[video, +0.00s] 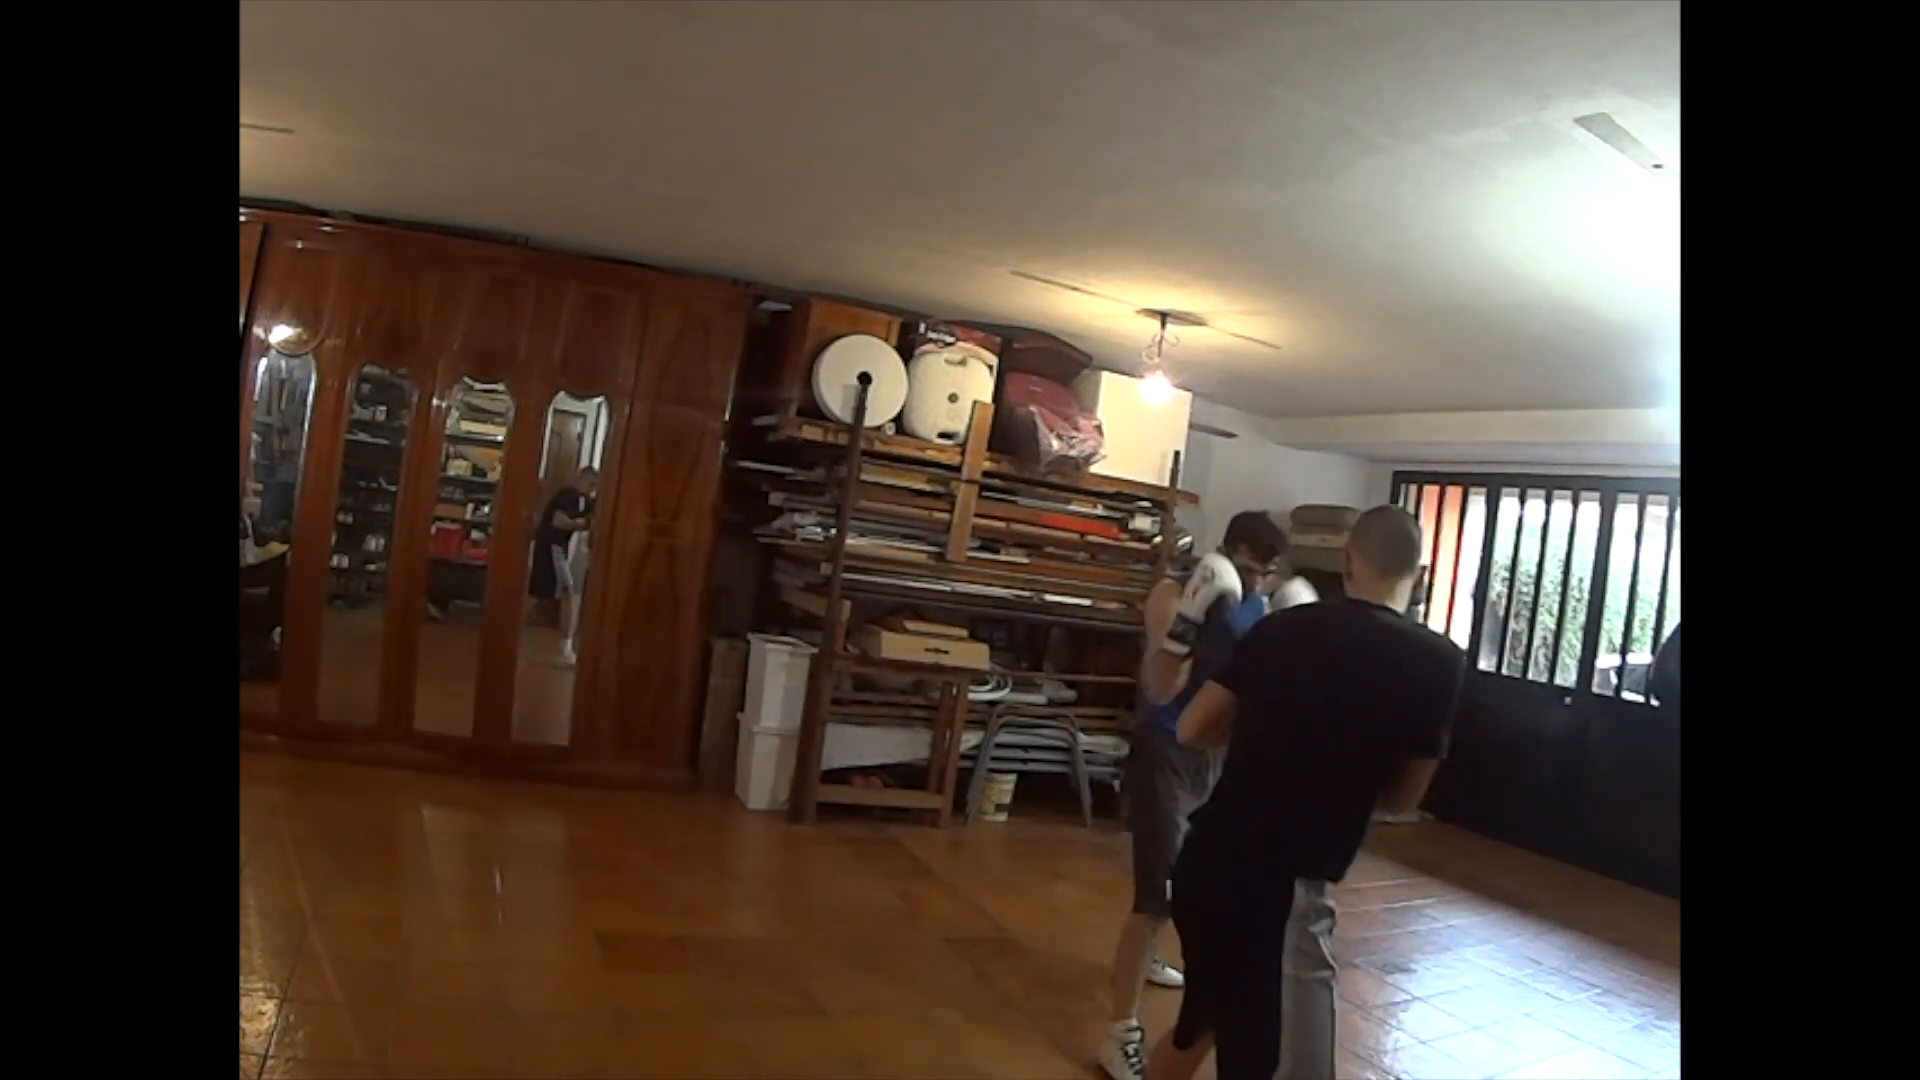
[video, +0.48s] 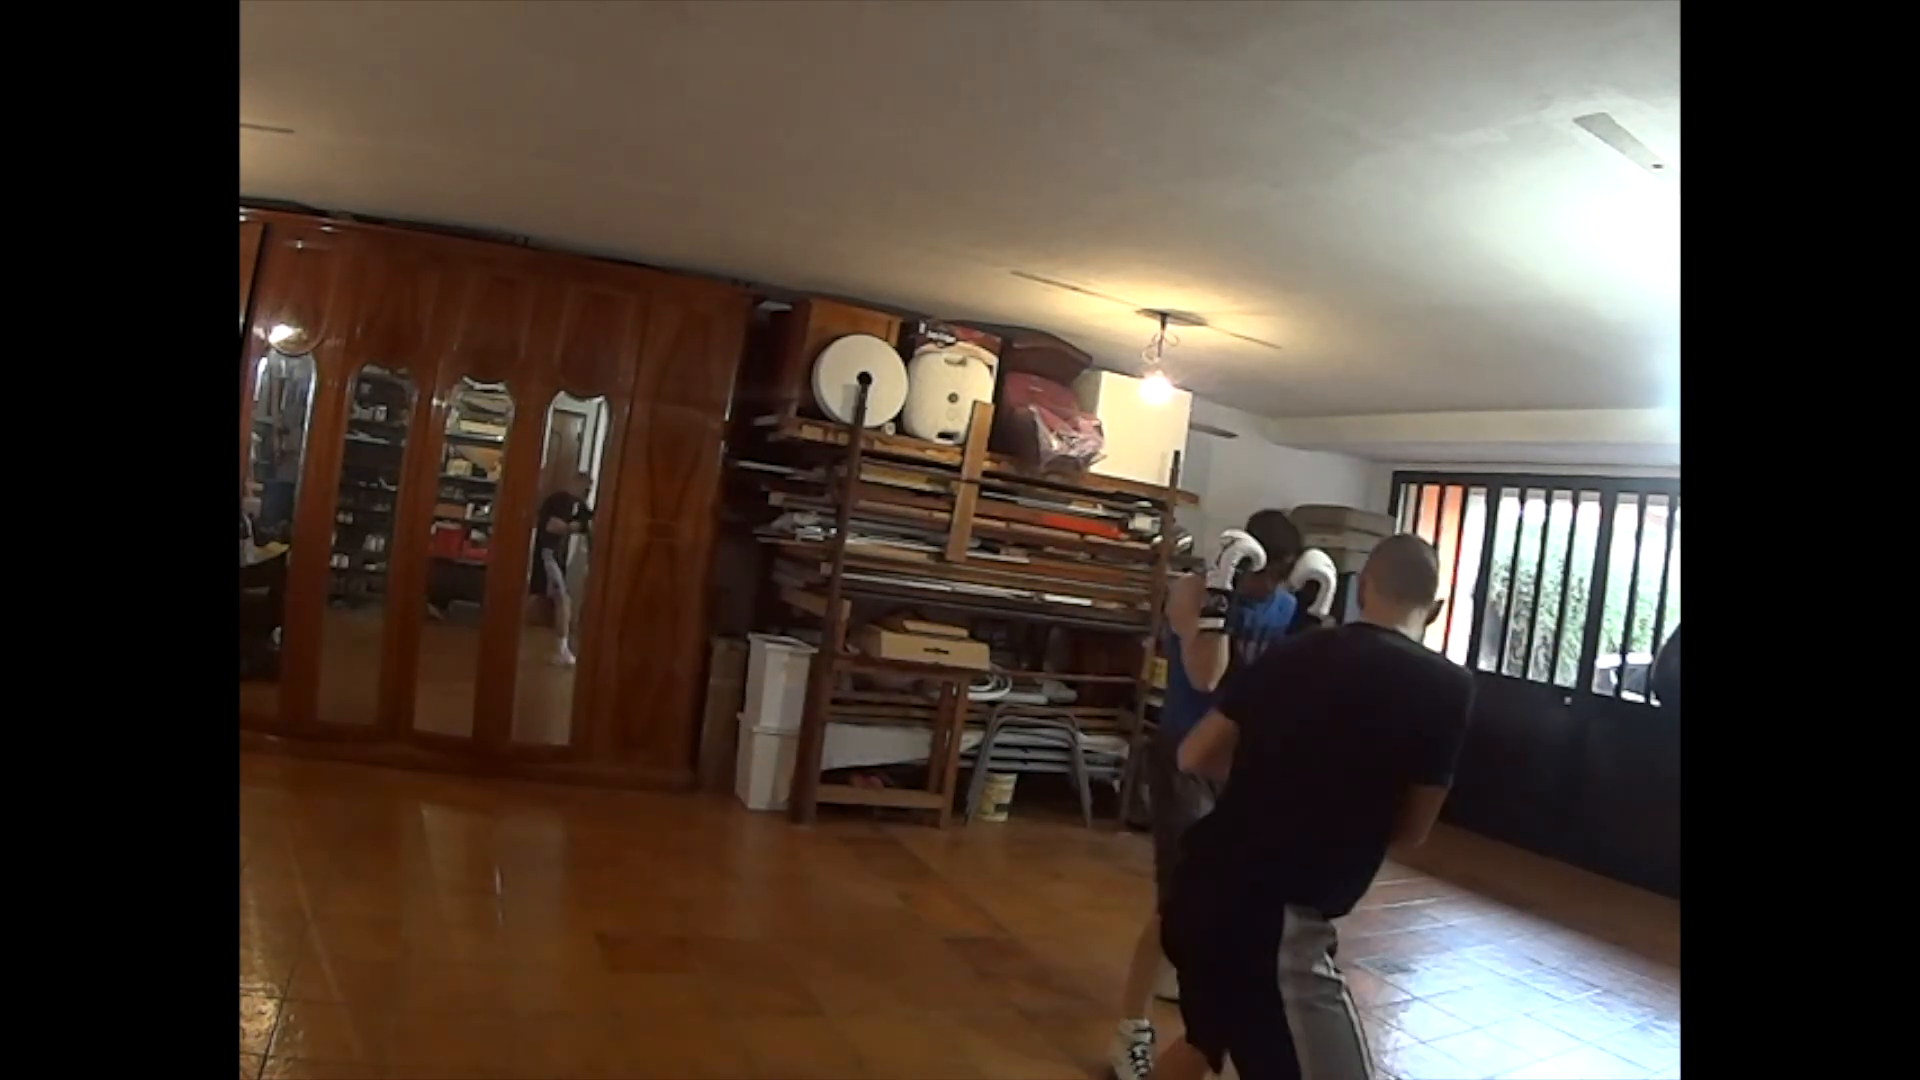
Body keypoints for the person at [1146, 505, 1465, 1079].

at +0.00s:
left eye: (1346, 556)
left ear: (1348, 560)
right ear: (1419, 571)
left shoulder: (1285, 627)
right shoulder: (1437, 660)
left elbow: (1194, 727)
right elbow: (1403, 799)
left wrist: (1264, 732)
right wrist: (1340, 769)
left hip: (1211, 858)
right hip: (1294, 892)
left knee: (1195, 1021)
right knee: (1267, 1061)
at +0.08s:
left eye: (1357, 555)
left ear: (1357, 559)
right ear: (1428, 573)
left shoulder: (1292, 624)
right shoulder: (1442, 664)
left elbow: (1198, 725)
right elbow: (1407, 806)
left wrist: (1264, 728)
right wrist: (1352, 752)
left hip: (1211, 859)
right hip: (1294, 896)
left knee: (1195, 1022)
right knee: (1281, 1064)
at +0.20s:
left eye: (1369, 555)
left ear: (1369, 560)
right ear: (1441, 578)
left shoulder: (1299, 624)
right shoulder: (1454, 671)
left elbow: (1194, 714)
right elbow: (1418, 812)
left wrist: (1254, 680)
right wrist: (1366, 757)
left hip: (1215, 867)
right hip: (1300, 905)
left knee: (1192, 1030)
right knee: (1299, 1067)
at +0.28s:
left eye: (1375, 555)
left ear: (1373, 561)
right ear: (1446, 582)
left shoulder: (1306, 625)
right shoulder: (1457, 673)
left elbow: (1191, 705)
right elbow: (1415, 822)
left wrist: (1252, 684)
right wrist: (1366, 754)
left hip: (1212, 870)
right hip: (1298, 909)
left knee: (1190, 1030)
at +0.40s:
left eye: (1365, 571)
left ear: (1365, 579)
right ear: (1437, 598)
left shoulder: (1299, 641)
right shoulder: (1443, 682)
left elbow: (1190, 738)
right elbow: (1408, 826)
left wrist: (1261, 731)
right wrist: (1345, 784)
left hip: (1210, 876)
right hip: (1288, 916)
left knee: (1202, 1035)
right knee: (1329, 1071)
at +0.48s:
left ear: (1361, 587)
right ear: (1433, 607)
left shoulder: (1295, 651)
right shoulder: (1445, 686)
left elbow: (1196, 754)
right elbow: (1409, 834)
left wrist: (1263, 781)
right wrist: (1342, 797)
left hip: (1207, 889)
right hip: (1286, 925)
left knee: (1201, 1041)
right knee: (1335, 1072)